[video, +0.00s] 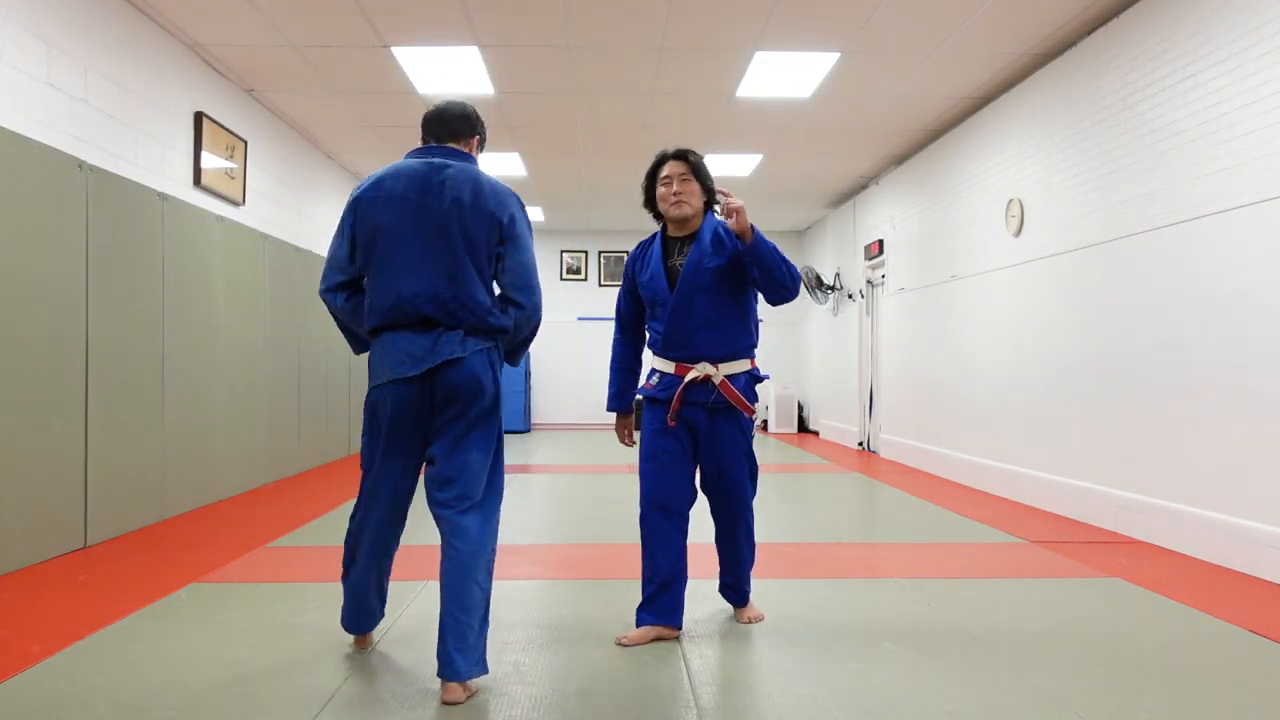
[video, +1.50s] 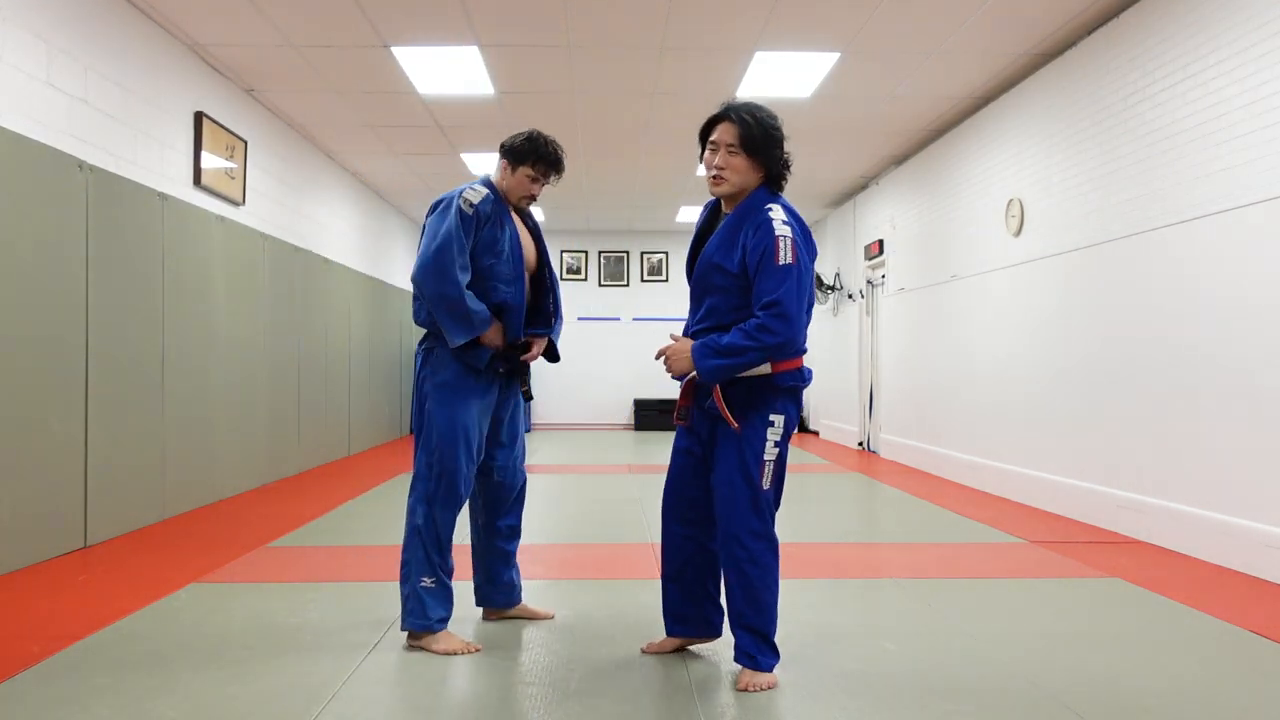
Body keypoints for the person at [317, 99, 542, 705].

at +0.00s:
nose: (482, 155)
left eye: (479, 147)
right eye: (483, 147)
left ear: (421, 138)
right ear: (474, 143)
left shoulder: (372, 190)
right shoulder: (497, 198)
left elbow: (336, 284)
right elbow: (527, 299)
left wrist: (374, 337)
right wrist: (500, 351)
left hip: (395, 363)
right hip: (469, 363)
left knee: (381, 497)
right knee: (467, 511)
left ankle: (360, 619)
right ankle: (458, 673)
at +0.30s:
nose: (471, 180)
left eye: (475, 170)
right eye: (471, 167)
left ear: (429, 151)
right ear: (446, 152)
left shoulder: (363, 205)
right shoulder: (430, 197)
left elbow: (358, 288)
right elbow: (466, 289)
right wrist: (481, 325)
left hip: (366, 365)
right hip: (421, 363)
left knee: (383, 497)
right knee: (468, 494)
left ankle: (375, 630)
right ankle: (444, 627)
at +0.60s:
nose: (476, 185)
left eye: (481, 176)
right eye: (474, 172)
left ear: (444, 161)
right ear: (445, 157)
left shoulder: (424, 202)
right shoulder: (411, 196)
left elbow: (459, 279)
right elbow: (415, 278)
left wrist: (465, 328)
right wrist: (459, 321)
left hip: (391, 363)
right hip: (412, 366)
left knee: (393, 489)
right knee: (437, 489)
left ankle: (372, 624)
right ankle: (427, 624)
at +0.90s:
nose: (493, 188)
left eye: (499, 179)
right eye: (491, 176)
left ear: (463, 167)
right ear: (460, 161)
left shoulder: (451, 207)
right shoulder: (426, 198)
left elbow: (459, 279)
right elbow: (415, 270)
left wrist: (480, 324)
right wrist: (464, 316)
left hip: (439, 363)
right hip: (414, 364)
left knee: (463, 472)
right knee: (433, 486)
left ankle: (388, 580)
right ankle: (423, 628)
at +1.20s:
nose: (509, 190)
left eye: (515, 180)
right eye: (505, 177)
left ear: (491, 172)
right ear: (473, 162)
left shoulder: (482, 217)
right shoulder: (432, 204)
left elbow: (495, 288)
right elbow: (415, 278)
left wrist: (510, 329)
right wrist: (469, 320)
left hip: (468, 368)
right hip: (429, 367)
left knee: (481, 485)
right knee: (430, 493)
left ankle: (490, 593)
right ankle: (419, 627)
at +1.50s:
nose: (538, 190)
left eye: (545, 182)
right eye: (533, 177)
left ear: (543, 181)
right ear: (508, 165)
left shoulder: (527, 221)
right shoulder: (466, 203)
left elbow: (544, 288)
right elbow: (434, 275)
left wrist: (541, 332)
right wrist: (482, 326)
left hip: (507, 373)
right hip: (456, 368)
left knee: (503, 487)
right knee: (441, 491)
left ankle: (500, 599)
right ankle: (423, 623)